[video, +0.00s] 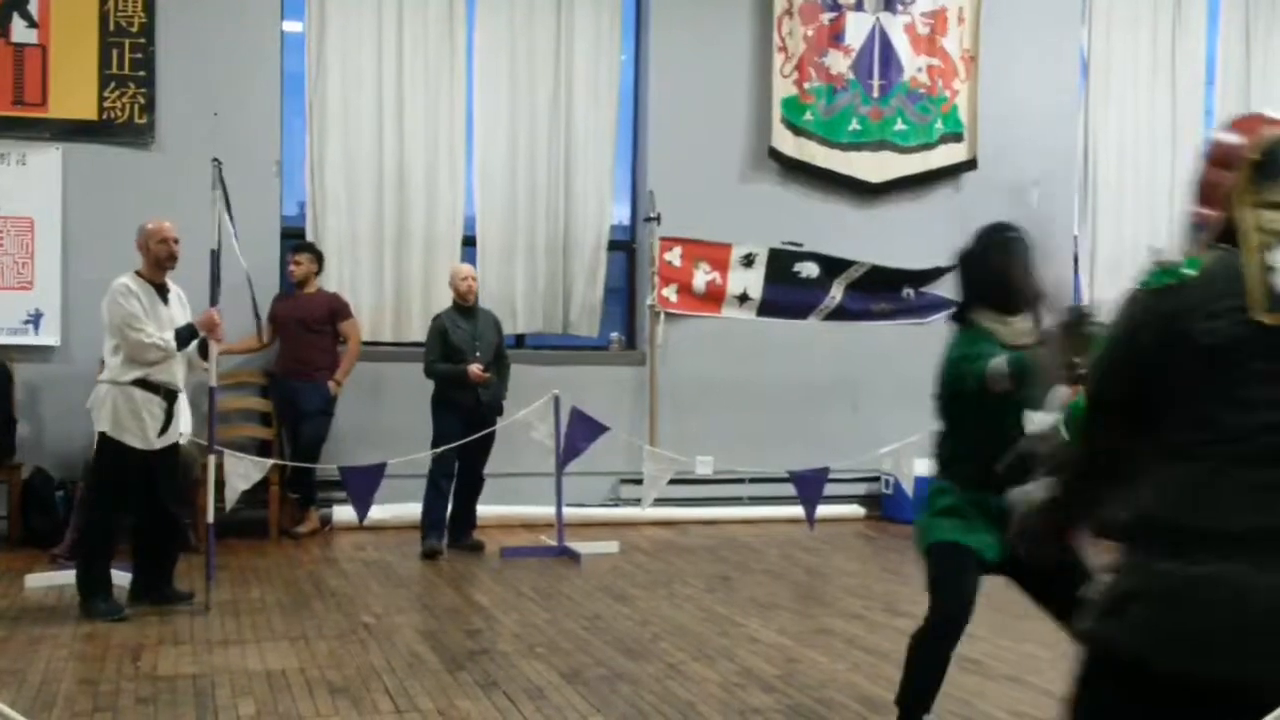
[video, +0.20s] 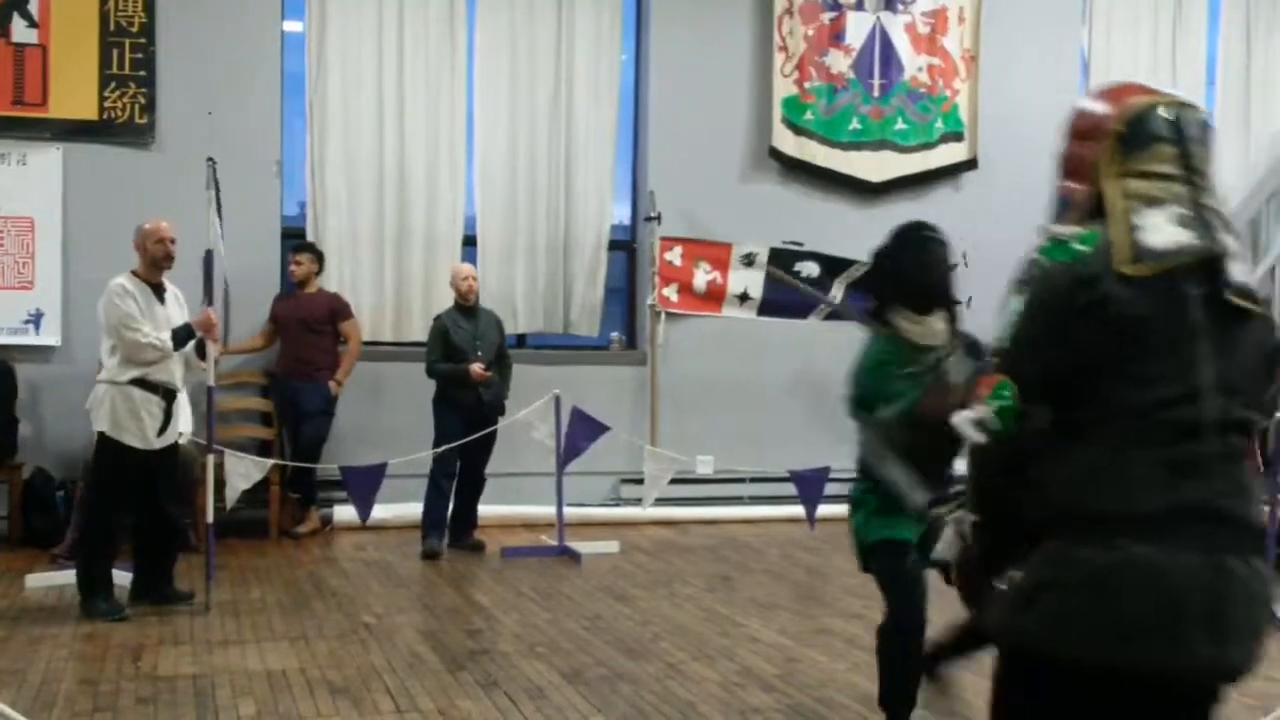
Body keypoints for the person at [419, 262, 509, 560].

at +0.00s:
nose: (469, 284)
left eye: (473, 279)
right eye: (463, 279)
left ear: (478, 284)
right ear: (452, 286)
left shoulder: (490, 320)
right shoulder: (441, 322)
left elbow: (502, 361)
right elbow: (431, 367)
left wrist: (497, 396)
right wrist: (464, 370)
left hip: (483, 407)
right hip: (449, 407)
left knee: (472, 473)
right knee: (442, 470)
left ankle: (461, 534)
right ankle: (432, 537)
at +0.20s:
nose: (470, 284)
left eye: (473, 278)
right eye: (464, 279)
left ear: (479, 283)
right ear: (453, 286)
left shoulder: (491, 320)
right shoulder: (443, 323)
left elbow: (504, 361)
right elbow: (432, 367)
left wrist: (499, 395)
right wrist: (465, 370)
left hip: (485, 407)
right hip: (451, 406)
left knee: (474, 472)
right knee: (444, 470)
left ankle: (462, 533)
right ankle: (433, 537)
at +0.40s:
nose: (469, 282)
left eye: (473, 277)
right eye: (463, 278)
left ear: (478, 282)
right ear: (452, 284)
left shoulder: (492, 320)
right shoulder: (443, 321)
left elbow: (504, 361)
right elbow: (431, 366)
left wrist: (499, 395)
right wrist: (463, 369)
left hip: (485, 405)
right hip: (450, 405)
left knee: (473, 471)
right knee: (444, 469)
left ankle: (462, 532)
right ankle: (432, 538)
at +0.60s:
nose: (463, 282)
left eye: (467, 276)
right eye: (457, 277)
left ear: (473, 282)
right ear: (446, 283)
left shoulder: (486, 319)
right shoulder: (437, 320)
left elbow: (498, 361)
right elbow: (425, 366)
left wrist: (492, 395)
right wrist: (457, 368)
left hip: (479, 405)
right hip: (444, 405)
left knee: (468, 471)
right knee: (438, 468)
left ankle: (457, 532)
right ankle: (426, 538)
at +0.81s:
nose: (444, 280)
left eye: (448, 275)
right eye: (438, 275)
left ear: (456, 280)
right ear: (428, 282)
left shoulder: (469, 317)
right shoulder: (419, 319)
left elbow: (481, 359)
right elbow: (407, 365)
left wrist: (477, 393)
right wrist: (439, 368)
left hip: (462, 404)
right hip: (427, 404)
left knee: (453, 472)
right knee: (422, 469)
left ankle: (444, 532)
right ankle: (415, 536)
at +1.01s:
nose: (438, 277)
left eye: (443, 272)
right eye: (432, 272)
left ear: (449, 277)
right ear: (422, 279)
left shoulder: (464, 315)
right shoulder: (413, 317)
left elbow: (476, 357)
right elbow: (402, 363)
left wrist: (472, 391)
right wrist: (434, 365)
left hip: (457, 401)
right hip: (422, 401)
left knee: (451, 469)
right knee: (418, 468)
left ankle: (444, 530)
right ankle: (415, 535)